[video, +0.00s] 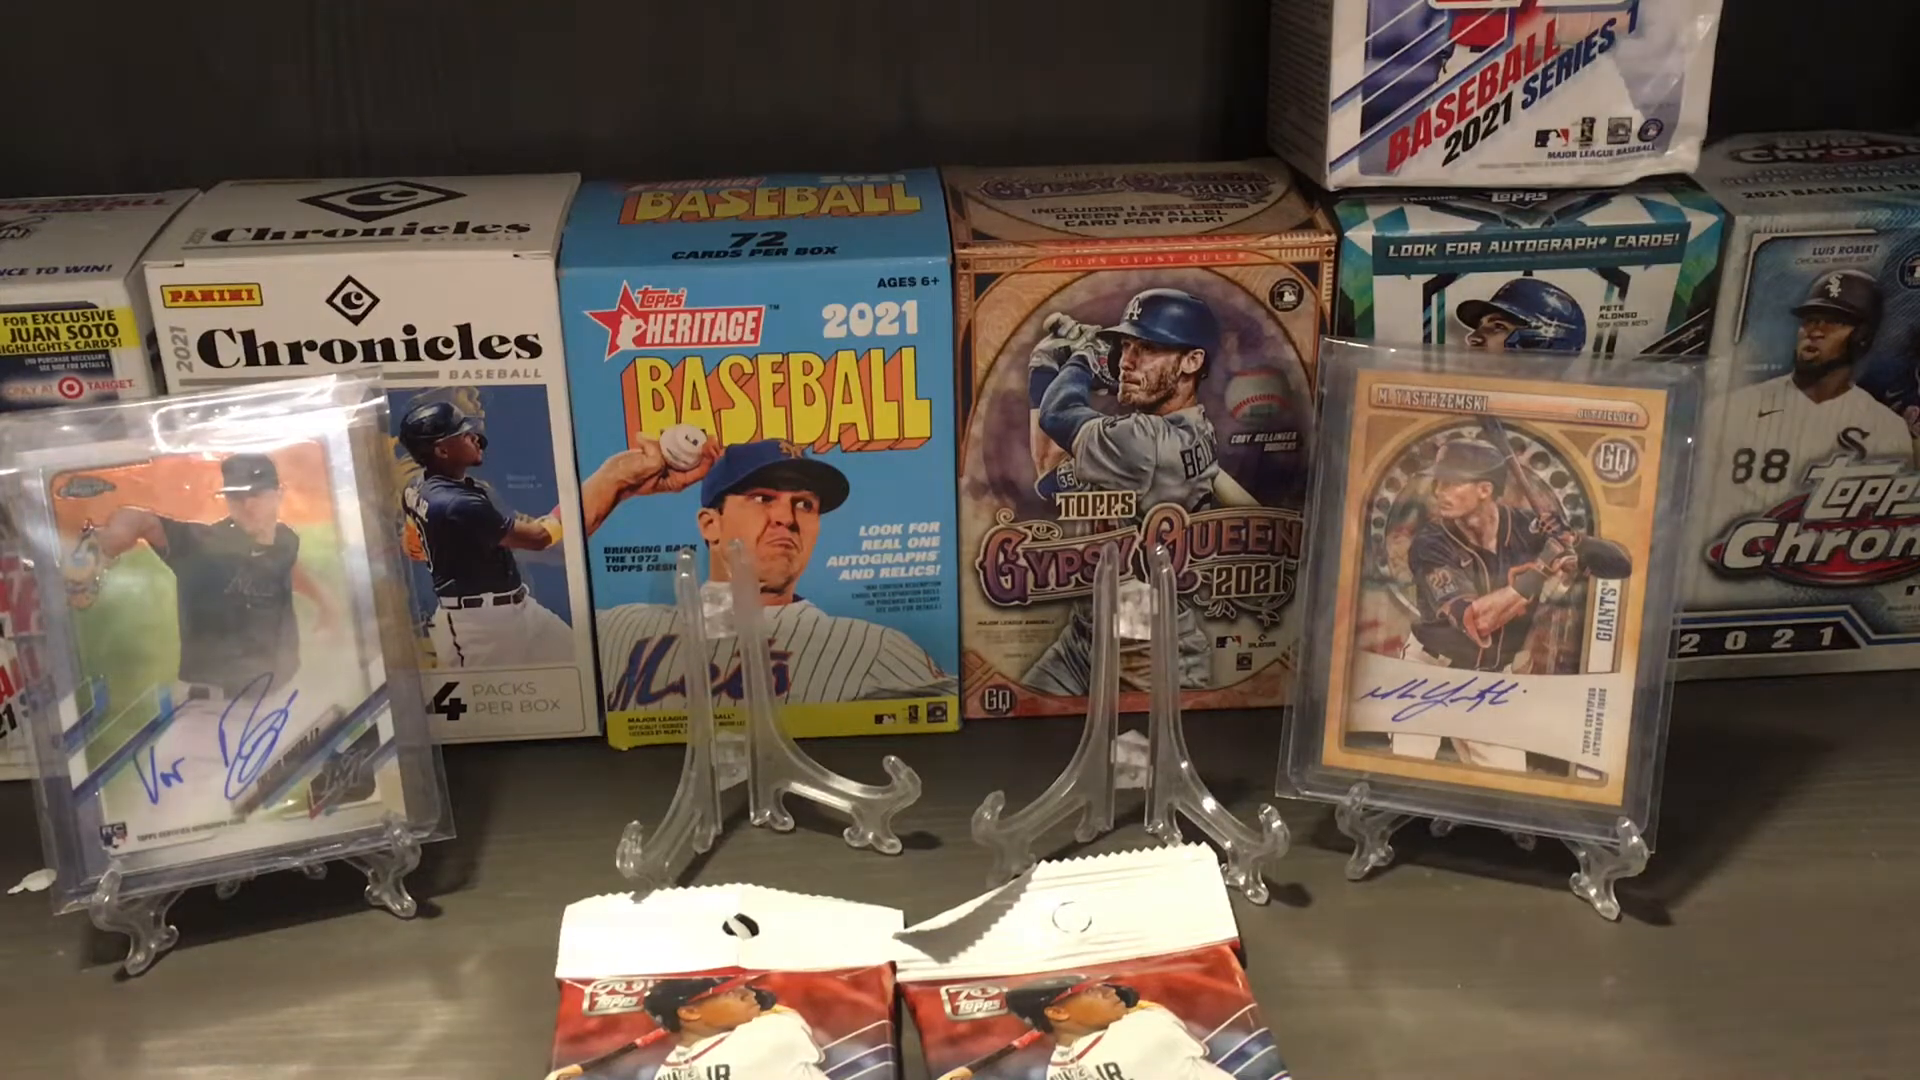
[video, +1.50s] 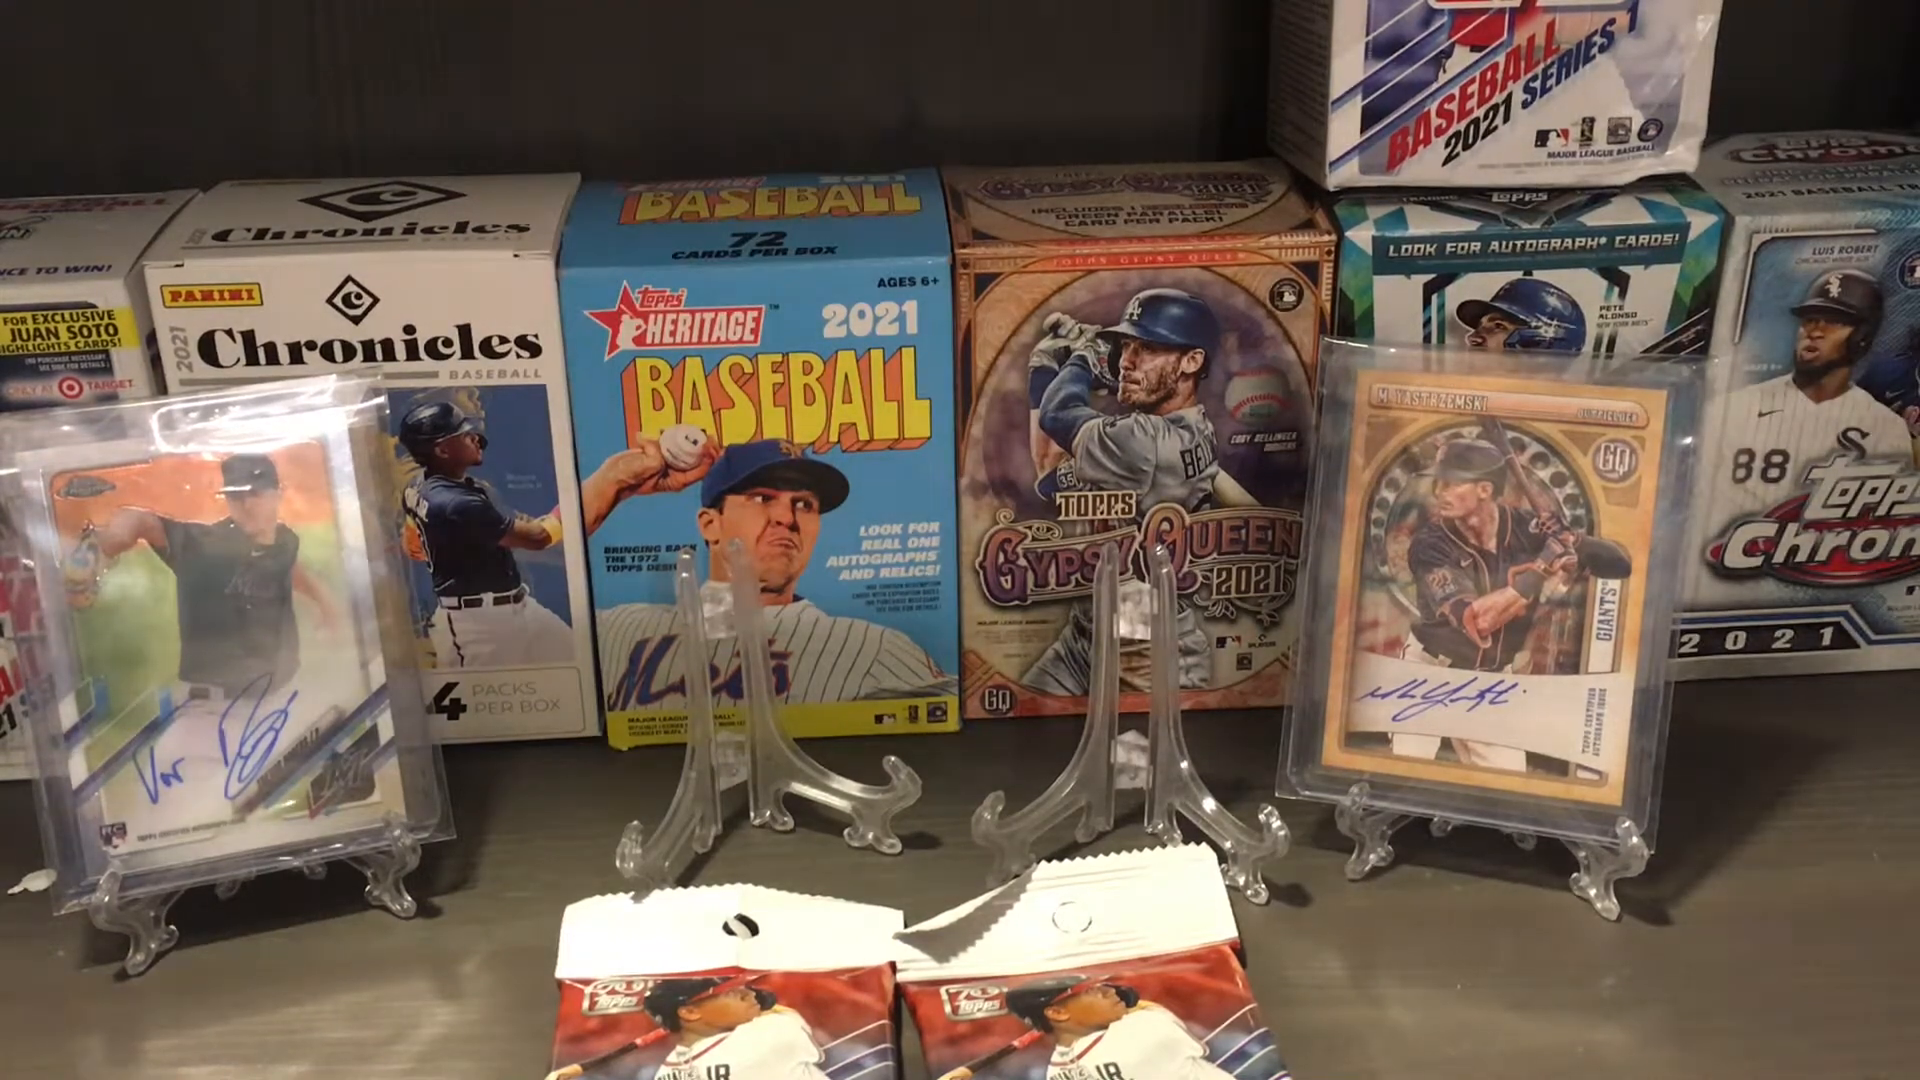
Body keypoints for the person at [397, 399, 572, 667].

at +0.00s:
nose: (475, 436)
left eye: (469, 430)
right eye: (464, 433)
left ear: (442, 450)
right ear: (441, 449)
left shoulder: (420, 489)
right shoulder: (461, 506)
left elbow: (501, 526)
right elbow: (539, 537)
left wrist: (542, 523)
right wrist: (561, 517)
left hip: (519, 609)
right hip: (474, 622)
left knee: (587, 662)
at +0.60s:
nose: (475, 435)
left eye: (469, 429)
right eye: (464, 432)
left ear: (442, 451)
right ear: (442, 450)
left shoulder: (421, 489)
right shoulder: (463, 506)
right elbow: (538, 538)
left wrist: (538, 523)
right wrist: (561, 517)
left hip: (520, 608)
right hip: (476, 622)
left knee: (587, 662)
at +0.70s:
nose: (474, 435)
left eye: (468, 429)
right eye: (463, 432)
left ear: (442, 450)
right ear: (441, 449)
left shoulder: (419, 489)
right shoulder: (461, 506)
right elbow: (538, 537)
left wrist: (539, 523)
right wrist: (564, 514)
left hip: (520, 609)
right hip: (474, 623)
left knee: (588, 662)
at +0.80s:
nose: (475, 436)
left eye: (469, 430)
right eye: (464, 433)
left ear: (443, 451)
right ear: (442, 449)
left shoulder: (421, 489)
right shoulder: (461, 507)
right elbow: (538, 537)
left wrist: (545, 522)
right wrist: (563, 515)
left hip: (520, 608)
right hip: (475, 622)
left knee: (588, 661)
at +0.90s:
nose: (474, 436)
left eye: (468, 430)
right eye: (464, 433)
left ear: (442, 451)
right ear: (442, 450)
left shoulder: (422, 489)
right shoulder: (461, 506)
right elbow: (538, 537)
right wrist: (573, 506)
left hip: (521, 609)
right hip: (475, 624)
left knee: (589, 664)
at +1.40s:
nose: (476, 436)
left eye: (470, 430)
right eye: (464, 433)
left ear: (442, 451)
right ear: (442, 449)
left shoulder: (421, 489)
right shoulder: (460, 506)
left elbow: (413, 545)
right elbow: (538, 537)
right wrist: (566, 514)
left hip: (520, 609)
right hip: (474, 622)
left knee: (587, 662)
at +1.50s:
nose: (476, 436)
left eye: (470, 430)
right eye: (465, 432)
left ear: (443, 450)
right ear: (442, 449)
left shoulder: (422, 489)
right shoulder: (460, 506)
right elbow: (538, 537)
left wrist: (552, 520)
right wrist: (567, 513)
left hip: (520, 609)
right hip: (474, 622)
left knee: (586, 663)